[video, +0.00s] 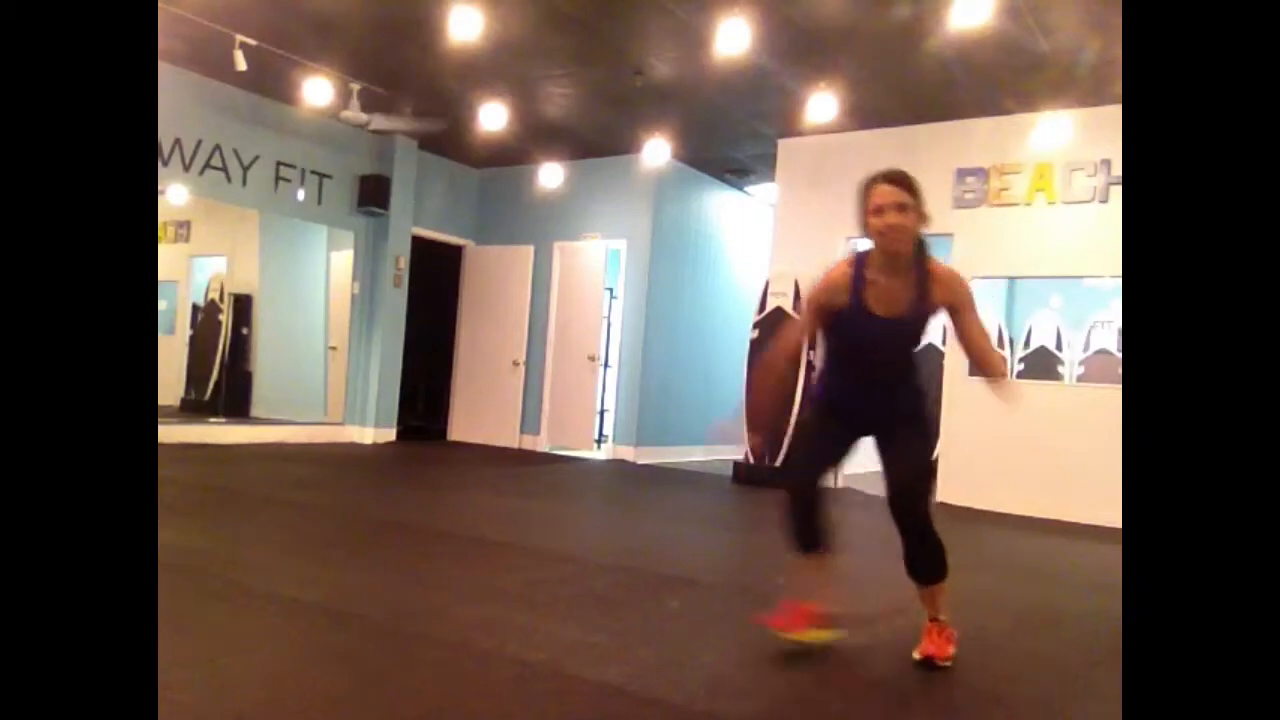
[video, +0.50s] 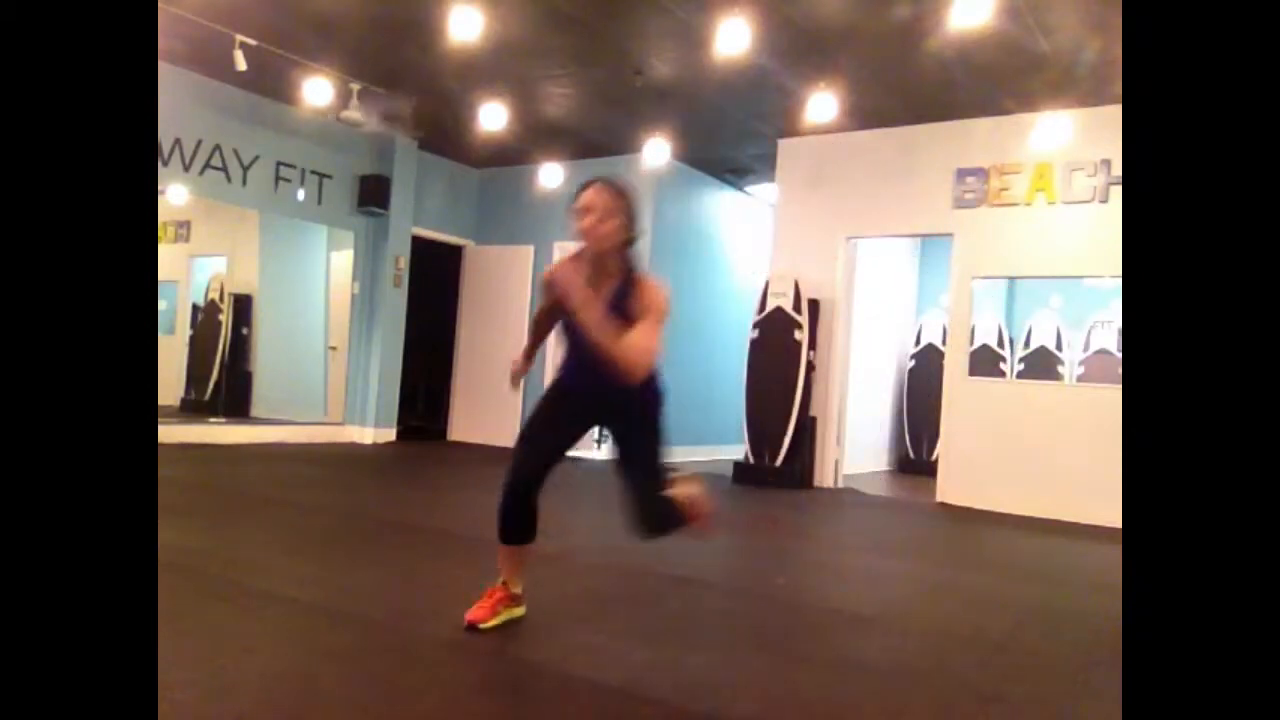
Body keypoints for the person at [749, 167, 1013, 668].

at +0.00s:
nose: (890, 219)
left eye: (901, 209)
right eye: (878, 211)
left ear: (920, 219)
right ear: (865, 223)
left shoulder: (943, 283)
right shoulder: (839, 280)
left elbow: (977, 347)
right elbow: (787, 349)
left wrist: (993, 366)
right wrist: (760, 418)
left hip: (899, 403)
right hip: (839, 400)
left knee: (910, 507)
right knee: (799, 477)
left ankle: (936, 623)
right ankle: (814, 601)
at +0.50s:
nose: (590, 223)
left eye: (602, 215)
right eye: (583, 214)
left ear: (626, 225)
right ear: (575, 222)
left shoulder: (647, 293)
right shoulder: (564, 277)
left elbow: (634, 364)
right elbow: (547, 318)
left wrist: (581, 299)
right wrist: (528, 356)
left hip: (632, 399)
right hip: (575, 390)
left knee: (650, 518)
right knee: (521, 478)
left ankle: (689, 500)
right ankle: (510, 590)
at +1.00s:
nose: (584, 220)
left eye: (597, 211)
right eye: (577, 209)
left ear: (621, 223)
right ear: (568, 219)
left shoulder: (639, 287)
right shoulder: (556, 280)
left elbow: (610, 369)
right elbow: (516, 351)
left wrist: (573, 293)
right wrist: (463, 382)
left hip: (630, 401)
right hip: (574, 388)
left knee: (595, 498)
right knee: (518, 477)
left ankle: (604, 531)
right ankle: (511, 590)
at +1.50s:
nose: (874, 220)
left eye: (885, 207)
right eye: (861, 210)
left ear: (906, 218)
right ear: (844, 224)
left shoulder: (931, 282)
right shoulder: (821, 288)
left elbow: (969, 349)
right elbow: (811, 378)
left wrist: (997, 429)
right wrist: (854, 319)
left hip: (899, 417)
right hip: (831, 416)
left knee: (938, 526)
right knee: (785, 531)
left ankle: (955, 647)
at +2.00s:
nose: (859, 208)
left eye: (872, 196)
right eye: (847, 198)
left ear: (894, 207)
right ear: (833, 211)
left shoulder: (928, 272)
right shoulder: (811, 278)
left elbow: (990, 350)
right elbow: (761, 347)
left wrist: (955, 314)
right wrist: (758, 418)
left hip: (899, 409)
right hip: (830, 410)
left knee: (930, 532)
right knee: (796, 515)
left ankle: (953, 647)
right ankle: (841, 571)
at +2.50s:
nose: (568, 224)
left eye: (583, 215)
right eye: (561, 213)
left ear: (606, 228)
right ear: (550, 223)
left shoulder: (629, 293)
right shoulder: (545, 277)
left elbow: (614, 374)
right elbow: (537, 322)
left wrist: (553, 304)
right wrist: (519, 365)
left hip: (623, 400)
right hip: (566, 388)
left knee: (618, 524)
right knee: (512, 480)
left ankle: (653, 513)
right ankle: (494, 595)